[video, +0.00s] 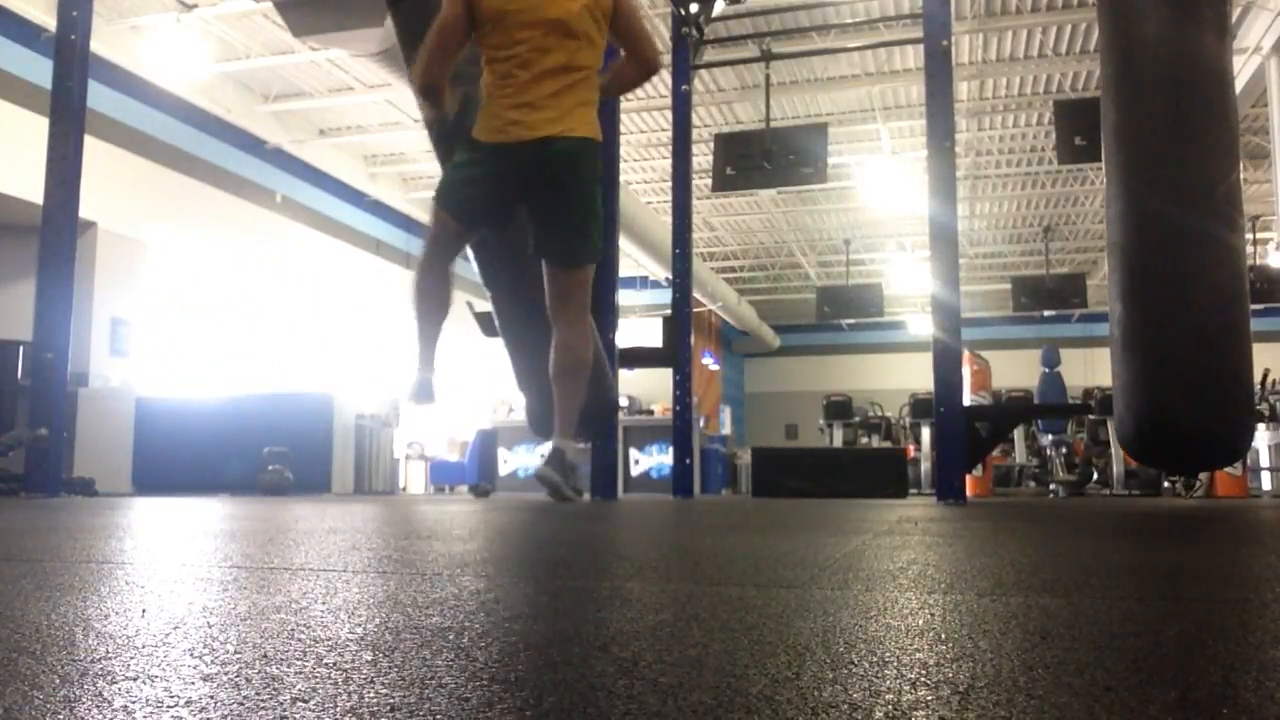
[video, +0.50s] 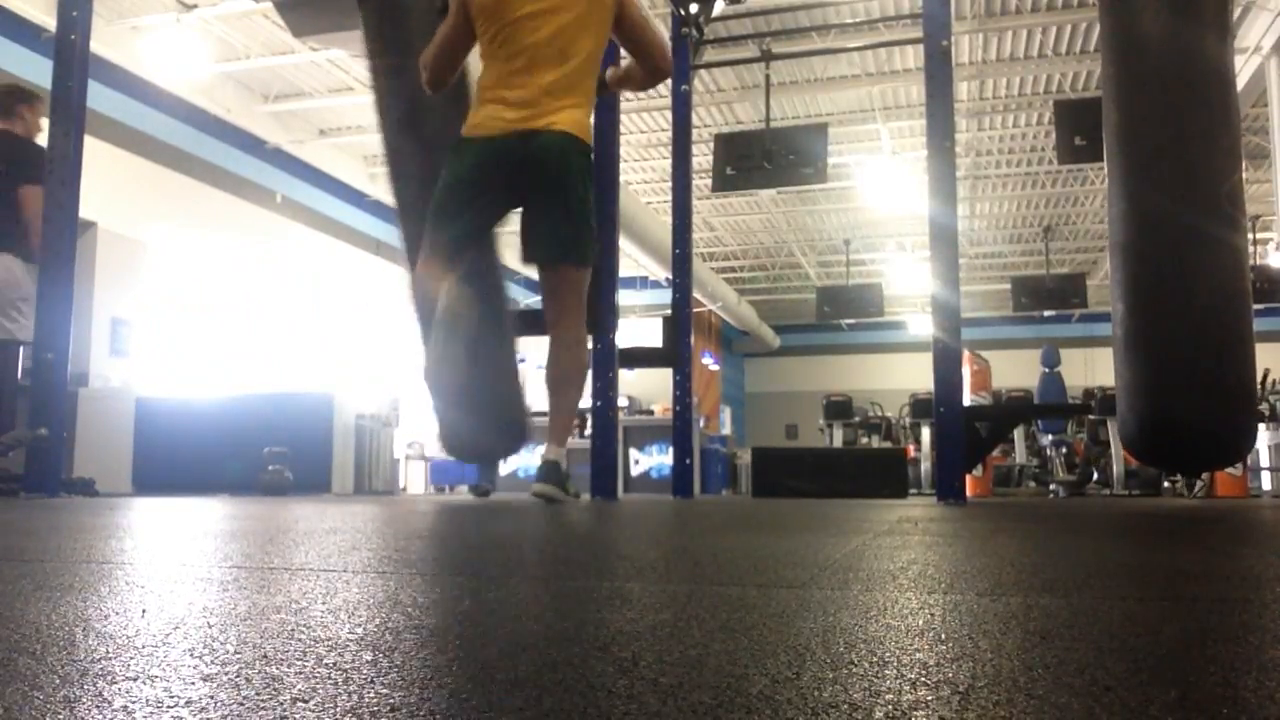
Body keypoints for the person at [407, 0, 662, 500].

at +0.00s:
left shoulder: (474, 2)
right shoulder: (602, 1)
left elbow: (429, 75)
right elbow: (646, 60)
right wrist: (591, 90)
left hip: (498, 145)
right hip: (573, 147)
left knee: (437, 256)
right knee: (572, 310)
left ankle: (424, 374)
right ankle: (563, 448)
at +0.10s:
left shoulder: (472, 4)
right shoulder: (594, 7)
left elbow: (420, 69)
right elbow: (619, 86)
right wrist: (559, 72)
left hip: (491, 164)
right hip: (571, 164)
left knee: (417, 296)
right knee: (567, 322)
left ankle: (420, 399)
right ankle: (560, 464)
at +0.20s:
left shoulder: (454, 5)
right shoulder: (574, 11)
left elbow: (412, 82)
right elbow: (609, 109)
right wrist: (548, 118)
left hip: (489, 159)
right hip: (563, 165)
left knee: (445, 315)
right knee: (553, 318)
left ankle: (440, 446)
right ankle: (567, 464)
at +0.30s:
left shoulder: (451, 6)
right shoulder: (574, 13)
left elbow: (409, 101)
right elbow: (626, 101)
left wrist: (451, 81)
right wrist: (576, 142)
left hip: (489, 163)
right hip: (566, 167)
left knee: (440, 316)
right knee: (550, 313)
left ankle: (439, 452)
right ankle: (558, 462)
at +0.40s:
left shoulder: (468, 5)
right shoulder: (594, 3)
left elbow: (424, 81)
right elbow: (660, 64)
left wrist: (452, 36)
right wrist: (600, 88)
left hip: (491, 153)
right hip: (566, 157)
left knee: (441, 299)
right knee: (557, 317)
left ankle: (438, 422)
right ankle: (552, 460)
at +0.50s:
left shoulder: (481, 2)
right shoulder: (605, 2)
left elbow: (435, 71)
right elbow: (657, 64)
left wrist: (441, 72)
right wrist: (610, 81)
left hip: (485, 142)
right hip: (563, 144)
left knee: (433, 273)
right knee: (567, 314)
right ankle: (554, 459)